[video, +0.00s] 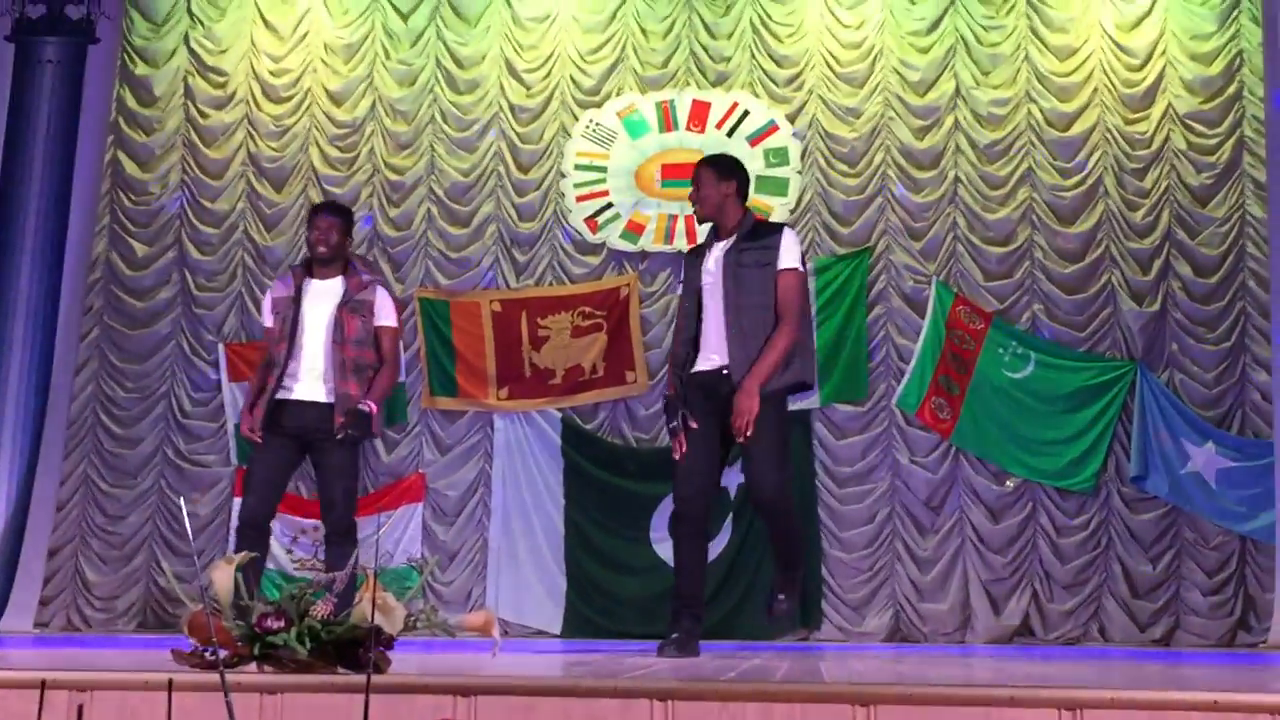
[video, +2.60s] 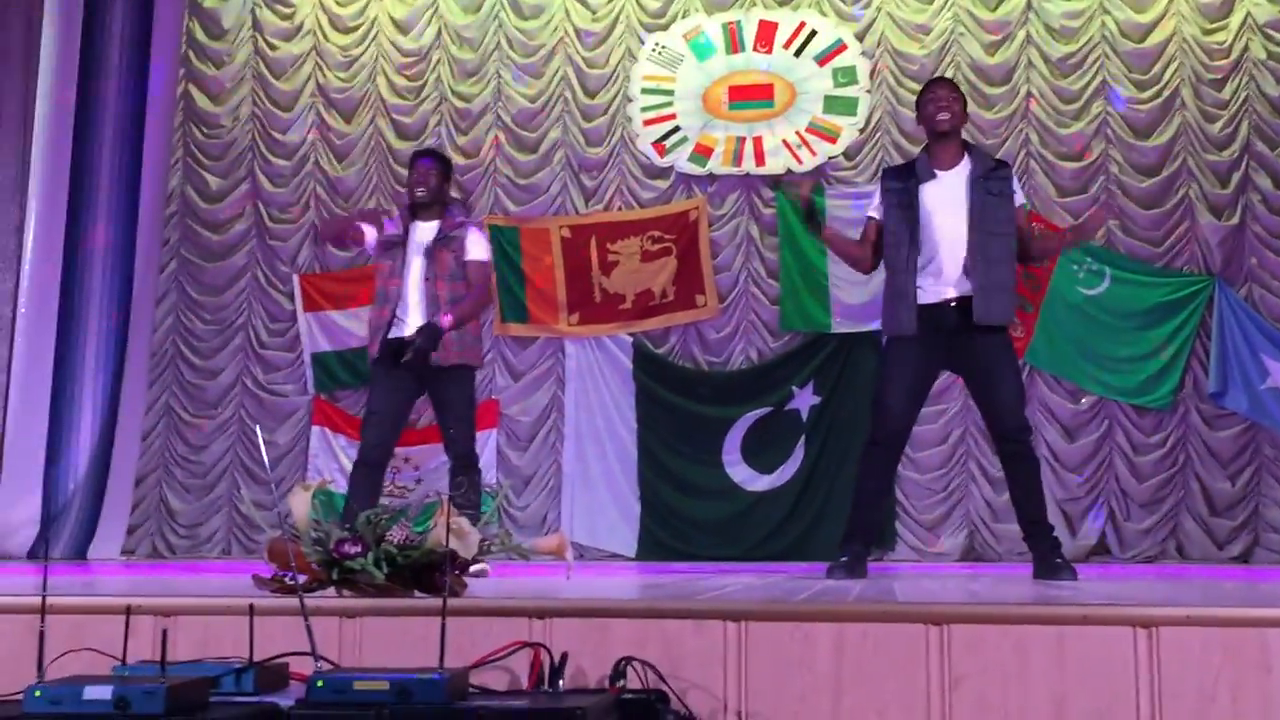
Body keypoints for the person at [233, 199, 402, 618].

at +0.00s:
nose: (321, 238)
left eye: (331, 231)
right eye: (315, 230)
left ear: (347, 239)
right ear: (306, 236)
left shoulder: (372, 293)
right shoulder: (283, 288)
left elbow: (391, 362)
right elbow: (272, 357)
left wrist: (368, 406)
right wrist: (254, 404)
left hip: (338, 421)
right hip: (281, 418)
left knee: (339, 523)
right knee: (253, 515)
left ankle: (338, 621)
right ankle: (241, 615)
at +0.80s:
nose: (348, 207)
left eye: (356, 201)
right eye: (342, 200)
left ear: (371, 207)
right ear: (331, 205)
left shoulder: (390, 249)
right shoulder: (305, 253)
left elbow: (404, 310)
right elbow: (262, 320)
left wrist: (392, 364)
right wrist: (254, 381)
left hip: (360, 384)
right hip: (304, 385)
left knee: (376, 491)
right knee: (282, 489)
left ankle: (383, 590)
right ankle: (276, 591)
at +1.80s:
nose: (339, 225)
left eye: (348, 219)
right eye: (333, 219)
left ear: (363, 226)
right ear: (323, 225)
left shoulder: (386, 271)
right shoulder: (300, 273)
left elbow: (439, 318)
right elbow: (244, 314)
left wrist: (447, 347)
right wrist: (266, 347)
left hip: (375, 399)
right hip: (321, 401)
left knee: (395, 492)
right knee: (323, 501)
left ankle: (414, 582)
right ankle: (322, 588)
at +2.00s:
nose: (339, 203)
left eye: (347, 196)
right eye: (332, 196)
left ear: (361, 204)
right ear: (322, 201)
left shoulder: (383, 252)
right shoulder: (296, 251)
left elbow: (416, 308)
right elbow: (289, 309)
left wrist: (441, 297)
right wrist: (245, 291)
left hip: (367, 375)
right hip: (312, 376)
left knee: (382, 469)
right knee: (309, 473)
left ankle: (396, 559)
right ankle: (303, 562)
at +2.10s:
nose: (349, 196)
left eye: (358, 189)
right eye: (343, 189)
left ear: (373, 195)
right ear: (335, 194)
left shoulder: (397, 245)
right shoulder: (311, 242)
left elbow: (403, 295)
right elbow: (307, 302)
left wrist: (352, 281)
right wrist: (351, 323)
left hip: (373, 364)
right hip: (320, 363)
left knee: (385, 459)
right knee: (305, 461)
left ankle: (394, 548)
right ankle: (301, 549)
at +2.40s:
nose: (408, 191)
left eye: (417, 184)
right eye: (403, 184)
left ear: (435, 187)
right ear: (395, 187)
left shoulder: (459, 238)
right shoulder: (373, 233)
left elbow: (467, 297)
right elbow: (346, 282)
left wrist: (417, 301)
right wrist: (381, 290)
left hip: (431, 358)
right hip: (377, 354)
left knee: (439, 451)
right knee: (354, 449)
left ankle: (440, 544)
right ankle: (342, 542)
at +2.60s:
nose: (421, 180)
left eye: (429, 174)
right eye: (416, 174)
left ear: (445, 183)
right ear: (408, 181)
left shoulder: (468, 231)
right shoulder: (389, 227)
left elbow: (481, 294)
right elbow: (331, 235)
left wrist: (439, 326)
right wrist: (360, 225)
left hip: (450, 354)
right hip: (394, 351)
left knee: (461, 451)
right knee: (373, 449)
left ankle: (464, 547)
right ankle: (350, 543)